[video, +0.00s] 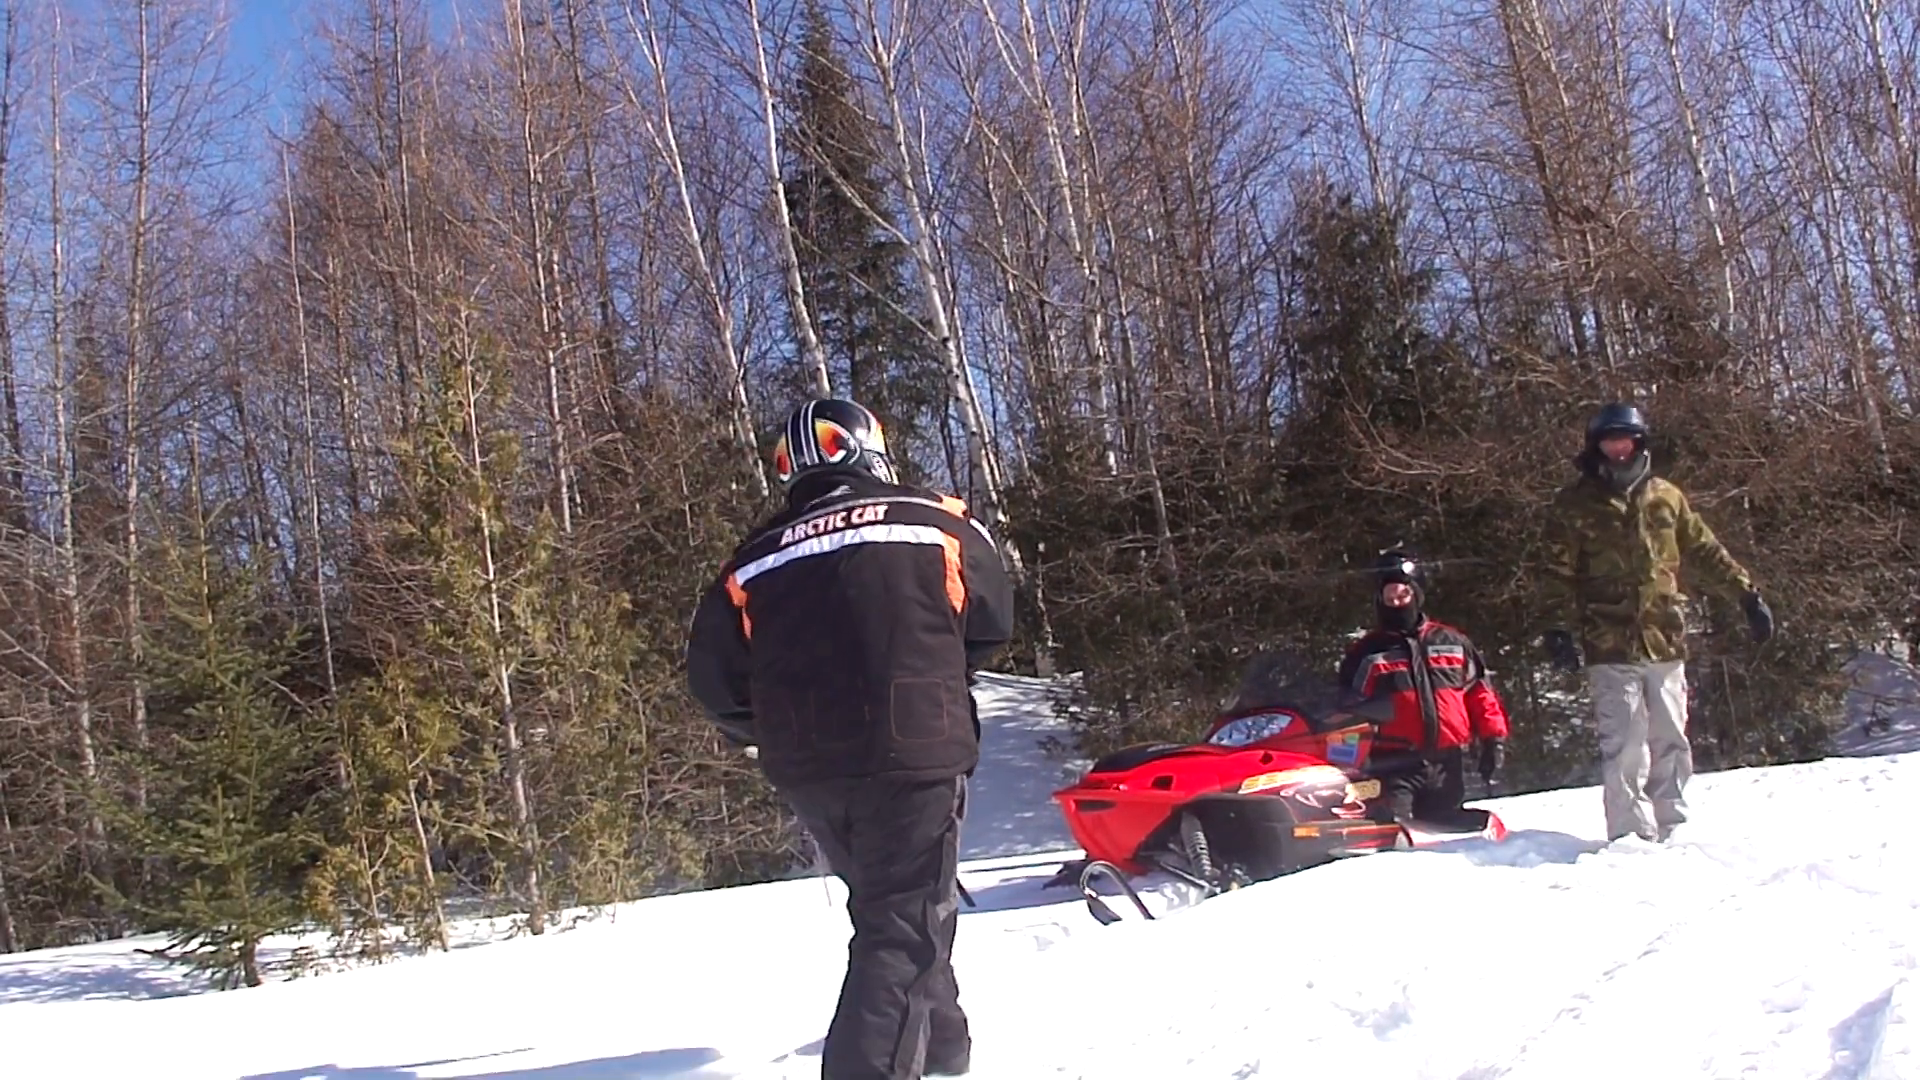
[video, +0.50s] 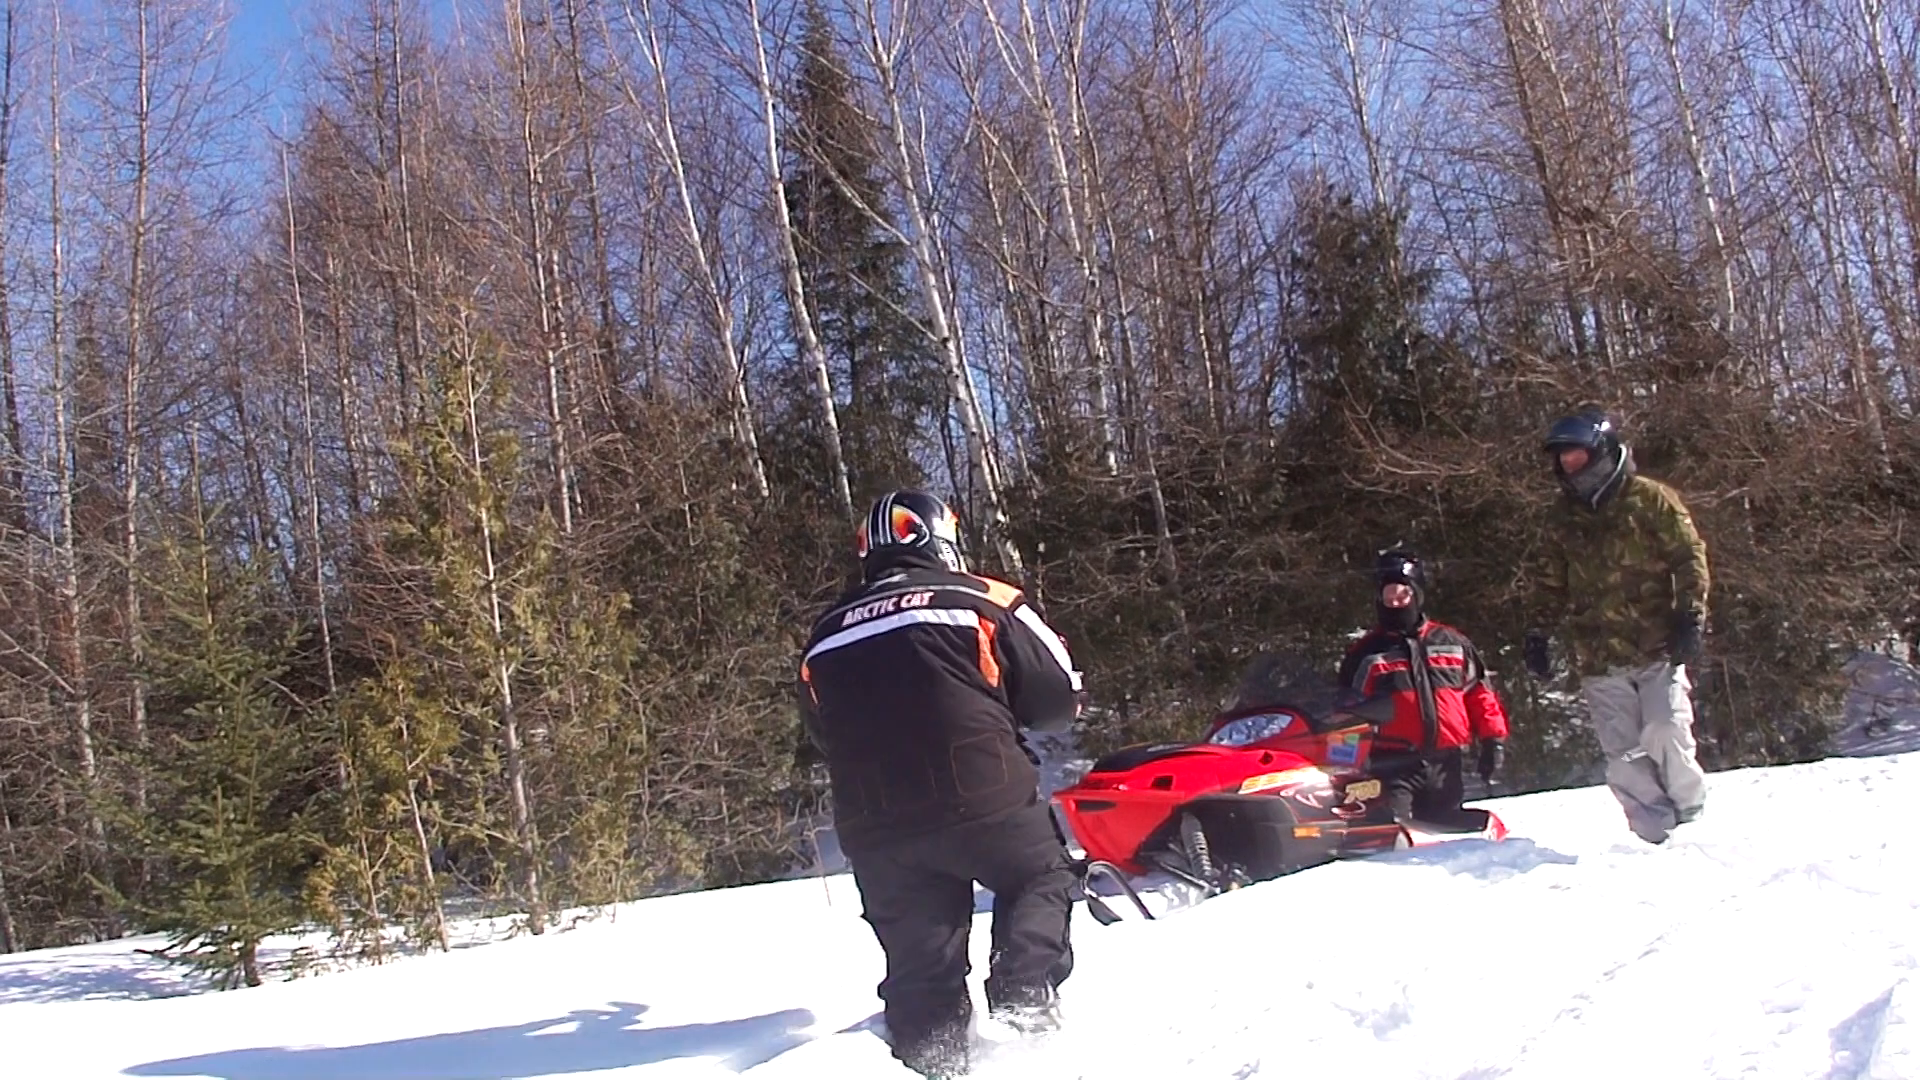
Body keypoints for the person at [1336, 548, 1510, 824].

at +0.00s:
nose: (1397, 602)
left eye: (1404, 594)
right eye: (1390, 595)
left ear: (1418, 595)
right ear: (1379, 599)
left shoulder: (1454, 643)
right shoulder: (1366, 653)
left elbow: (1480, 692)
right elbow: (1346, 712)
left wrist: (1493, 738)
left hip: (1447, 763)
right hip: (1394, 766)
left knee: (1442, 825)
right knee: (1393, 828)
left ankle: (1486, 824)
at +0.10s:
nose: (1398, 602)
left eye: (1404, 594)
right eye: (1390, 595)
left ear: (1417, 595)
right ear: (1379, 599)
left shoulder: (1453, 643)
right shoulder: (1365, 653)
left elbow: (1479, 692)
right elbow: (1346, 713)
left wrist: (1493, 738)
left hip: (1447, 764)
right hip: (1395, 766)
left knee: (1443, 830)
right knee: (1393, 831)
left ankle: (1486, 824)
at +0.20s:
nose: (1398, 602)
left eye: (1404, 594)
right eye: (1390, 595)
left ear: (1417, 596)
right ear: (1379, 600)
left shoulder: (1454, 643)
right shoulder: (1365, 653)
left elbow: (1479, 692)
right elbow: (1346, 712)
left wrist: (1492, 738)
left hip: (1447, 763)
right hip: (1394, 765)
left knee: (1442, 830)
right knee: (1392, 830)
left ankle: (1486, 824)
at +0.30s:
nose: (1397, 602)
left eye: (1404, 593)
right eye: (1390, 595)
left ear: (1418, 595)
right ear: (1379, 599)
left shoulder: (1453, 643)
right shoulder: (1365, 653)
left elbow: (1480, 692)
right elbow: (1346, 712)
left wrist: (1493, 738)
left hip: (1447, 763)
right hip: (1393, 766)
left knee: (1442, 826)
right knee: (1390, 827)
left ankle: (1487, 825)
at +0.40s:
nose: (1397, 602)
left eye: (1404, 593)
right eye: (1389, 594)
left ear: (1419, 594)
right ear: (1379, 598)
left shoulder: (1454, 643)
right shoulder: (1364, 654)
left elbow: (1479, 693)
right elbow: (1345, 714)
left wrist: (1492, 738)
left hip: (1446, 764)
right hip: (1392, 766)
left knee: (1444, 828)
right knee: (1391, 829)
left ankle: (1488, 825)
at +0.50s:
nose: (1396, 602)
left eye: (1404, 593)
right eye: (1389, 594)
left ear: (1419, 595)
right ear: (1379, 598)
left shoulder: (1454, 644)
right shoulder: (1364, 653)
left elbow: (1479, 693)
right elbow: (1346, 712)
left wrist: (1493, 739)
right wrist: (1346, 766)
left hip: (1445, 764)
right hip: (1392, 766)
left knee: (1443, 827)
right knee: (1390, 827)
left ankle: (1488, 825)